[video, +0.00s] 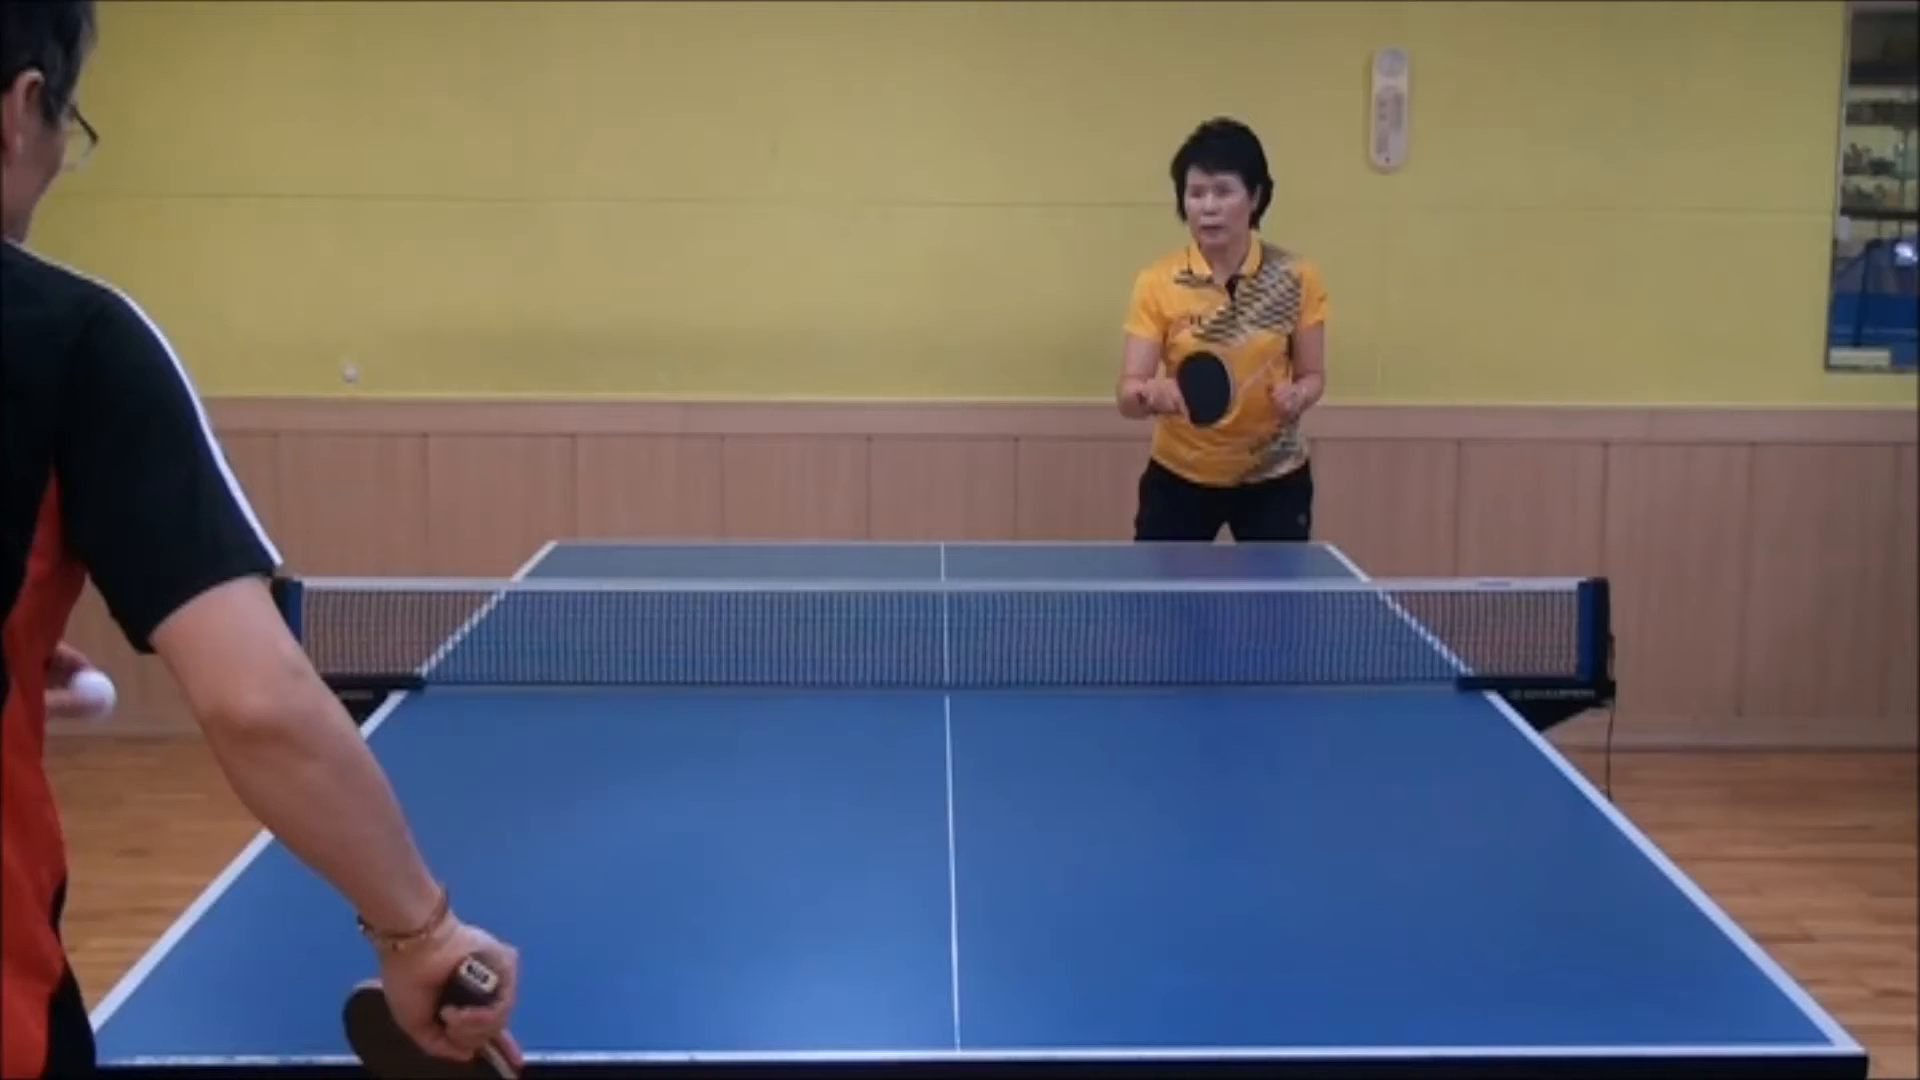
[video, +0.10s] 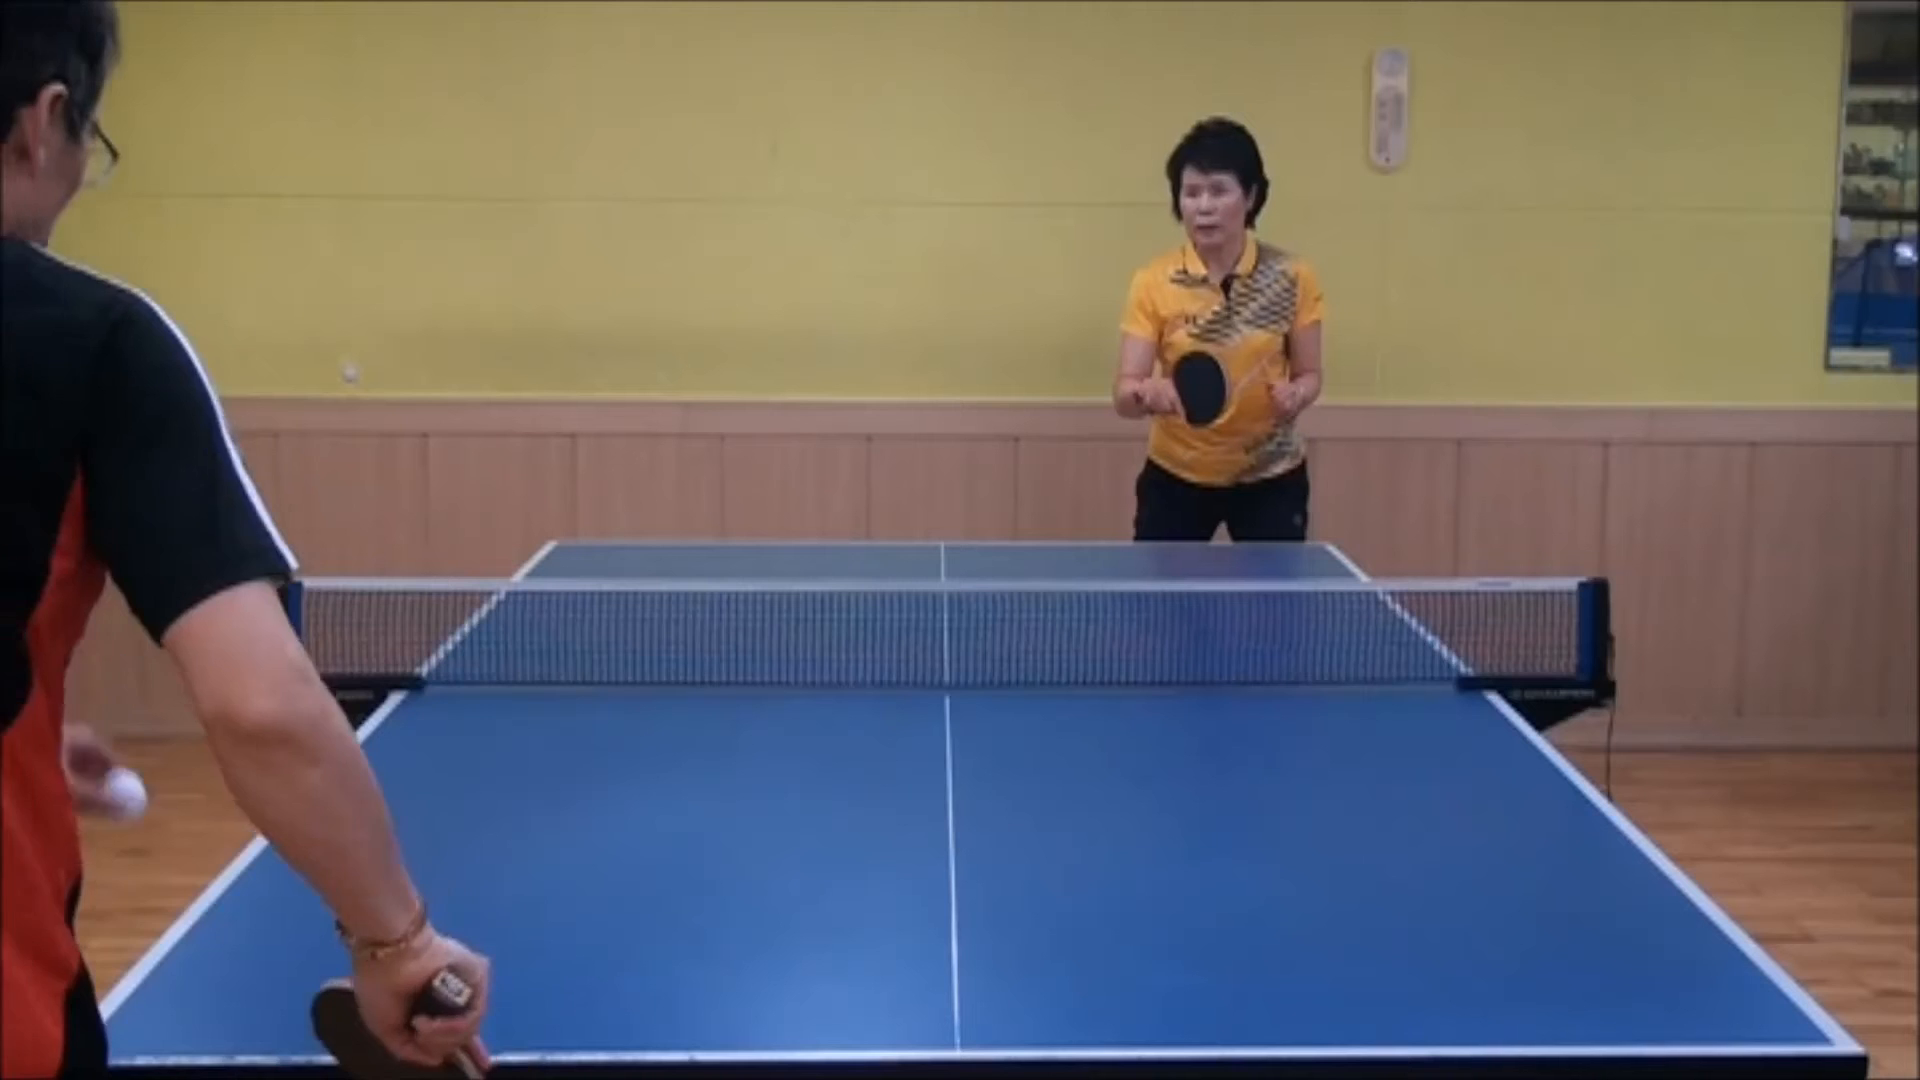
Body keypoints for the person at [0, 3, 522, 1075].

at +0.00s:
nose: (53, 170)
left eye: (67, 136)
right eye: (64, 129)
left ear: (20, 108)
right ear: (17, 107)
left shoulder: (72, 334)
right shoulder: (61, 333)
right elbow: (255, 699)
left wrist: (3, 651)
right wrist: (416, 928)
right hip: (6, 1008)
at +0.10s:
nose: (83, 175)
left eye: (90, 142)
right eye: (88, 139)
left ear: (27, 124)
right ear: (38, 124)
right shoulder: (83, 335)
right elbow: (258, 703)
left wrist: (28, 721)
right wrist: (393, 939)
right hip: (16, 994)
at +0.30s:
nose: (117, 192)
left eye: (122, 152)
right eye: (119, 149)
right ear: (71, 133)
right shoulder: (128, 346)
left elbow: (287, 711)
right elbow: (291, 711)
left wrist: (254, 917)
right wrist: (254, 913)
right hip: (33, 991)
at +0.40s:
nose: (121, 191)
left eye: (127, 154)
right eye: (125, 150)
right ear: (76, 139)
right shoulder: (132, 349)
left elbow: (357, 687)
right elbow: (356, 688)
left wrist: (177, 794)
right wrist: (182, 790)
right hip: (37, 986)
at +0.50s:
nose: (115, 185)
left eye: (121, 151)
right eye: (118, 145)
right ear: (64, 129)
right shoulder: (116, 346)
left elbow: (379, 677)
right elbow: (383, 674)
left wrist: (355, 711)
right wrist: (348, 720)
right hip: (28, 999)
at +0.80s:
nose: (27, 122)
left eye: (28, 83)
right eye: (27, 83)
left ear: (20, 100)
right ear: (10, 100)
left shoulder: (60, 340)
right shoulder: (53, 340)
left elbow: (252, 712)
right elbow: (253, 712)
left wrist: (319, 758)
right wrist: (332, 768)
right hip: (2, 1002)